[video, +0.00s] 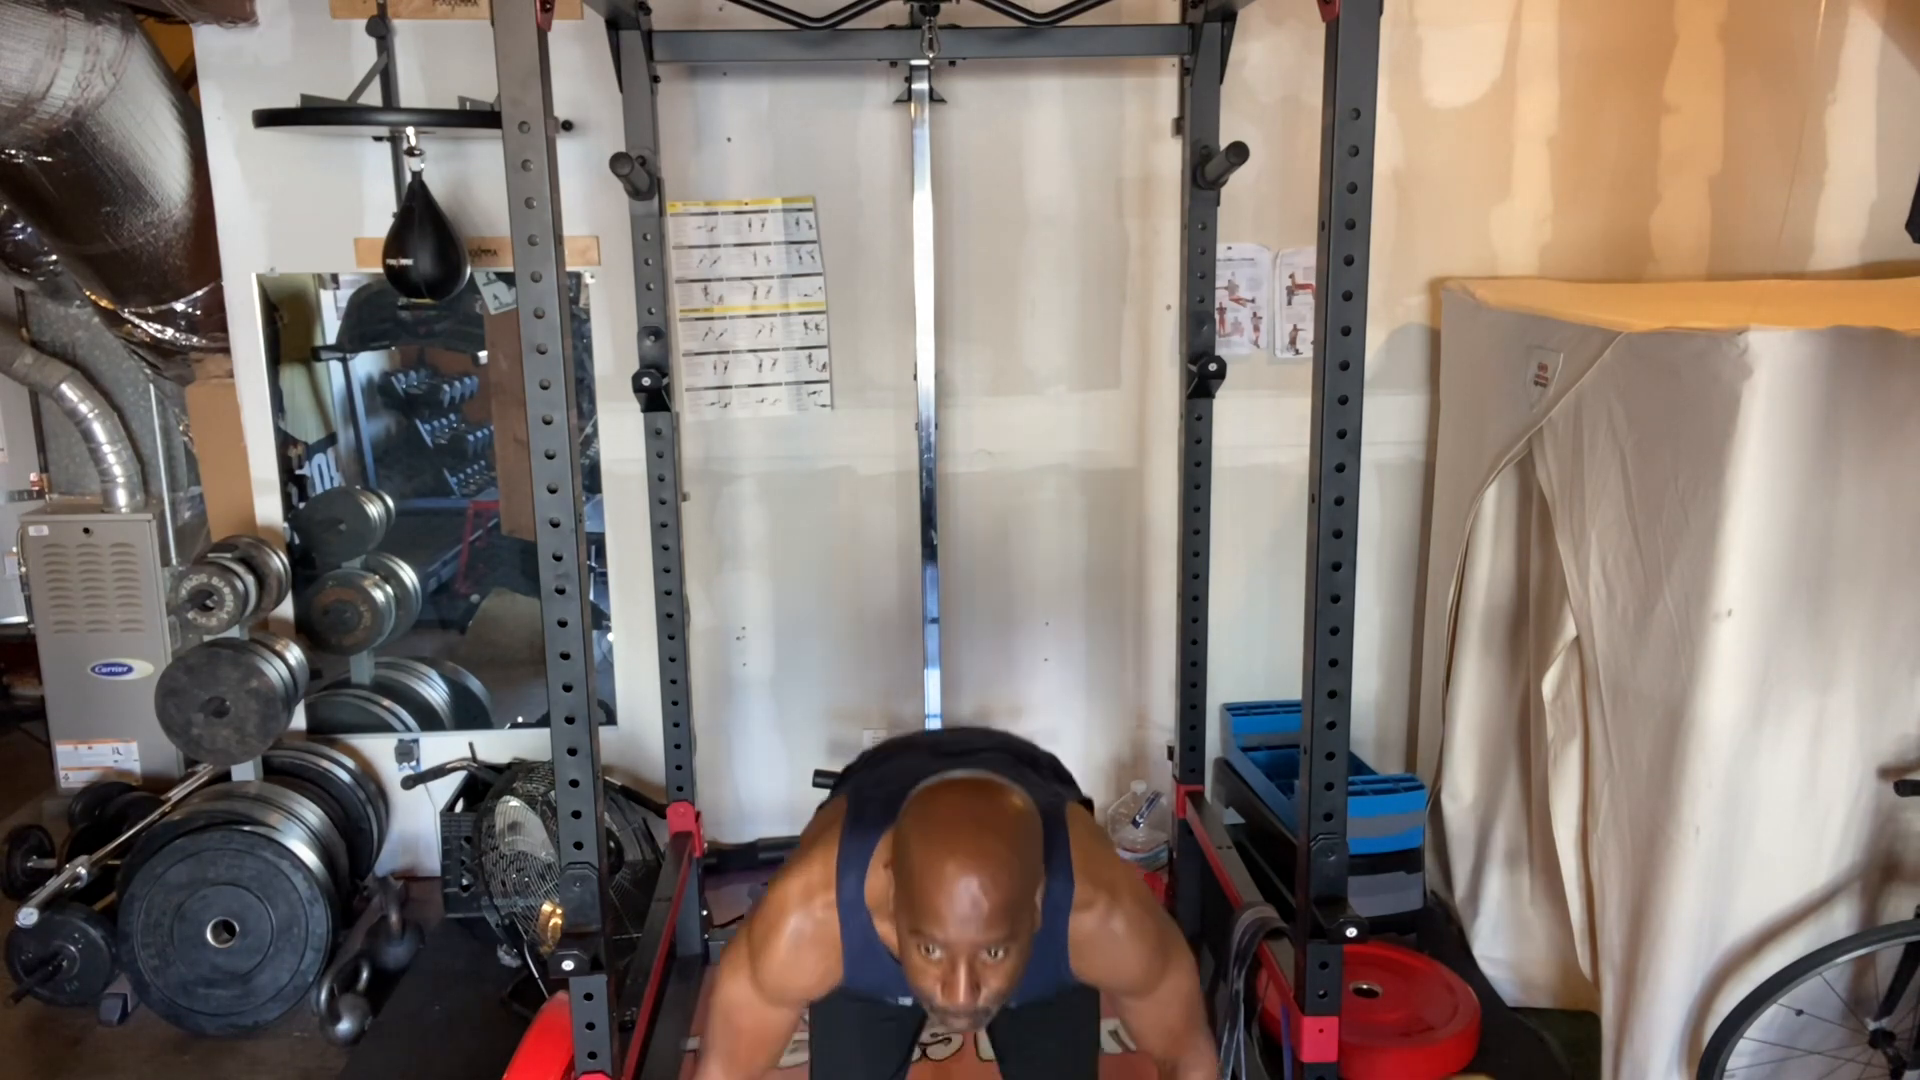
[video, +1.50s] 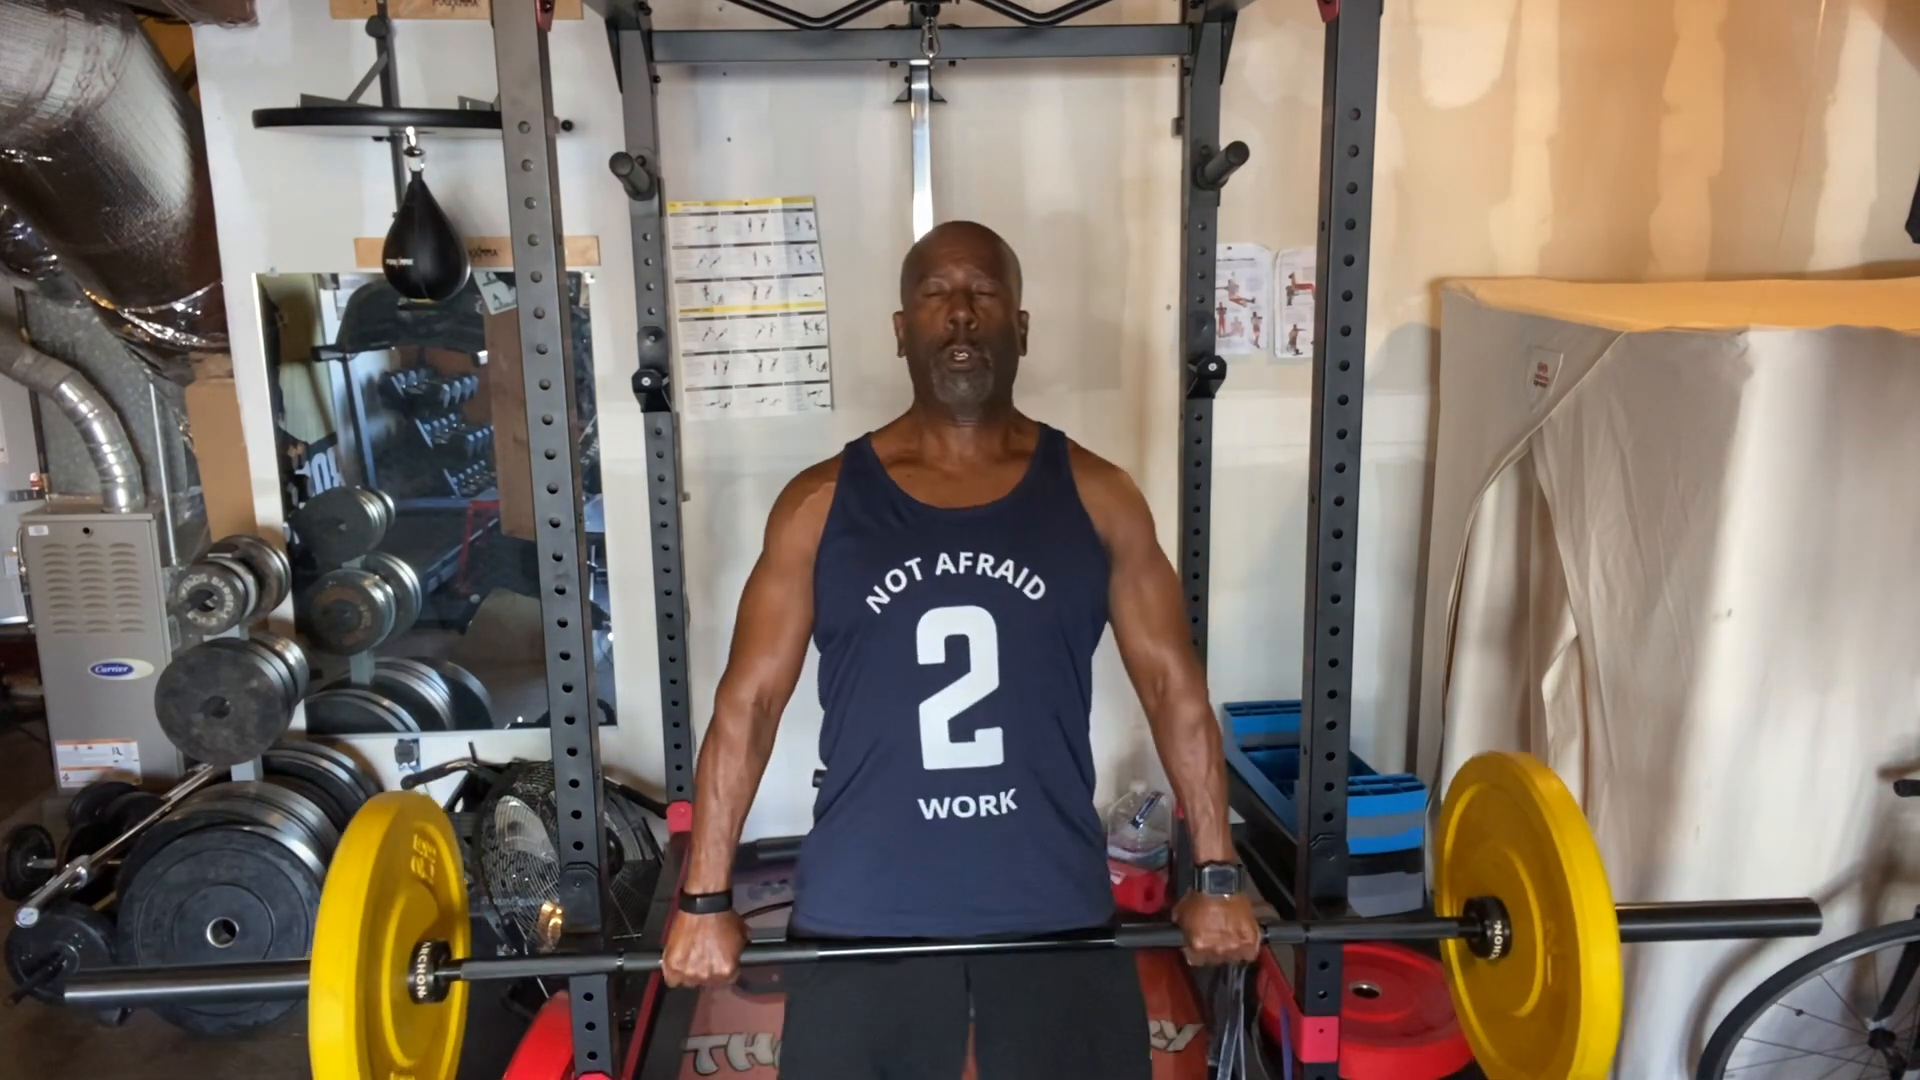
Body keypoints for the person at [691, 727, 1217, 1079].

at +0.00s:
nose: (961, 997)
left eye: (994, 955)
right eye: (929, 953)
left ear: (1040, 913)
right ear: (889, 904)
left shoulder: (1112, 925)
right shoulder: (801, 930)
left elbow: (1190, 1062)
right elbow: (720, 1072)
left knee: (1058, 1067)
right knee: (851, 1068)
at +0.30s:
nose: (967, 736)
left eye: (998, 698)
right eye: (936, 696)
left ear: (1040, 680)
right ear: (898, 676)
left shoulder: (1109, 757)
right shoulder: (806, 760)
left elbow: (1194, 905)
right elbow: (720, 930)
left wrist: (1214, 1059)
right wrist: (702, 1070)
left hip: (1042, 907)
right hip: (871, 909)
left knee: (1072, 1066)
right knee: (849, 1068)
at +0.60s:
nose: (933, 470)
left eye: (964, 443)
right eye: (906, 443)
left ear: (1007, 470)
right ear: (869, 469)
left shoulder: (1085, 614)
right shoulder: (793, 617)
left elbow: (1175, 780)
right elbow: (708, 802)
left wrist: (1204, 951)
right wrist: (692, 986)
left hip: (1037, 906)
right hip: (865, 912)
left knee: (1076, 1067)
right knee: (843, 1070)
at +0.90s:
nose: (951, 361)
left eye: (977, 344)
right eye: (922, 345)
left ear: (1019, 383)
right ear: (886, 387)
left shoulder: (1095, 549)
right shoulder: (806, 556)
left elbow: (1174, 730)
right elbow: (723, 748)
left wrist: (1203, 901)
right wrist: (692, 934)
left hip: (1050, 925)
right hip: (869, 929)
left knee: (1083, 1063)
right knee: (850, 1062)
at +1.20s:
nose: (1000, 317)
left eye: (1026, 301)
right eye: (973, 301)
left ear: (1067, 341)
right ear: (937, 341)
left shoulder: (1137, 510)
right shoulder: (854, 506)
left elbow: (1203, 702)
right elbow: (771, 703)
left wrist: (1239, 885)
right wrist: (730, 890)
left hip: (1085, 903)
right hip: (904, 902)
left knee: (1095, 1064)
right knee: (866, 1065)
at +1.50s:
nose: (961, 313)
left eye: (983, 295)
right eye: (936, 297)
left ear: (1021, 327)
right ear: (902, 331)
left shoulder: (1097, 495)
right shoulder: (821, 502)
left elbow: (1172, 684)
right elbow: (749, 702)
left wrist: (1218, 872)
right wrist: (705, 893)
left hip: (1057, 931)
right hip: (863, 936)